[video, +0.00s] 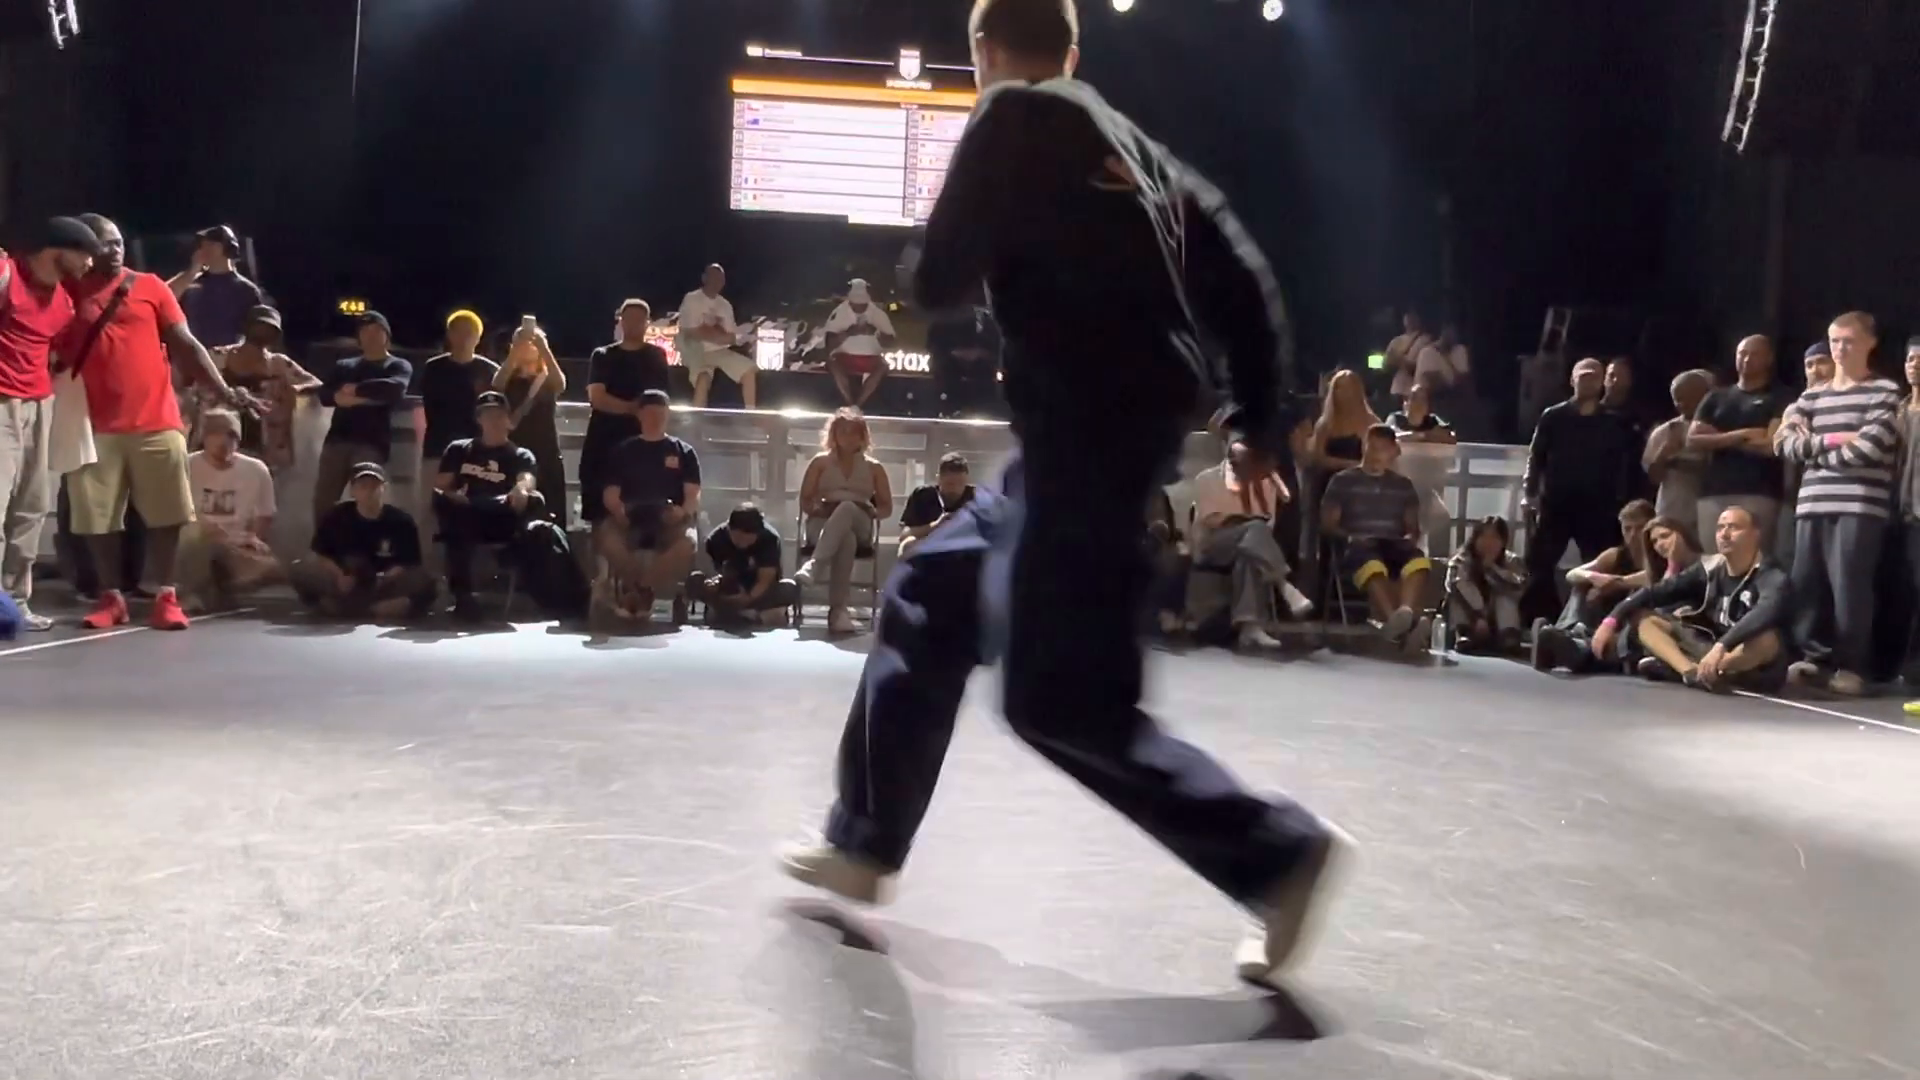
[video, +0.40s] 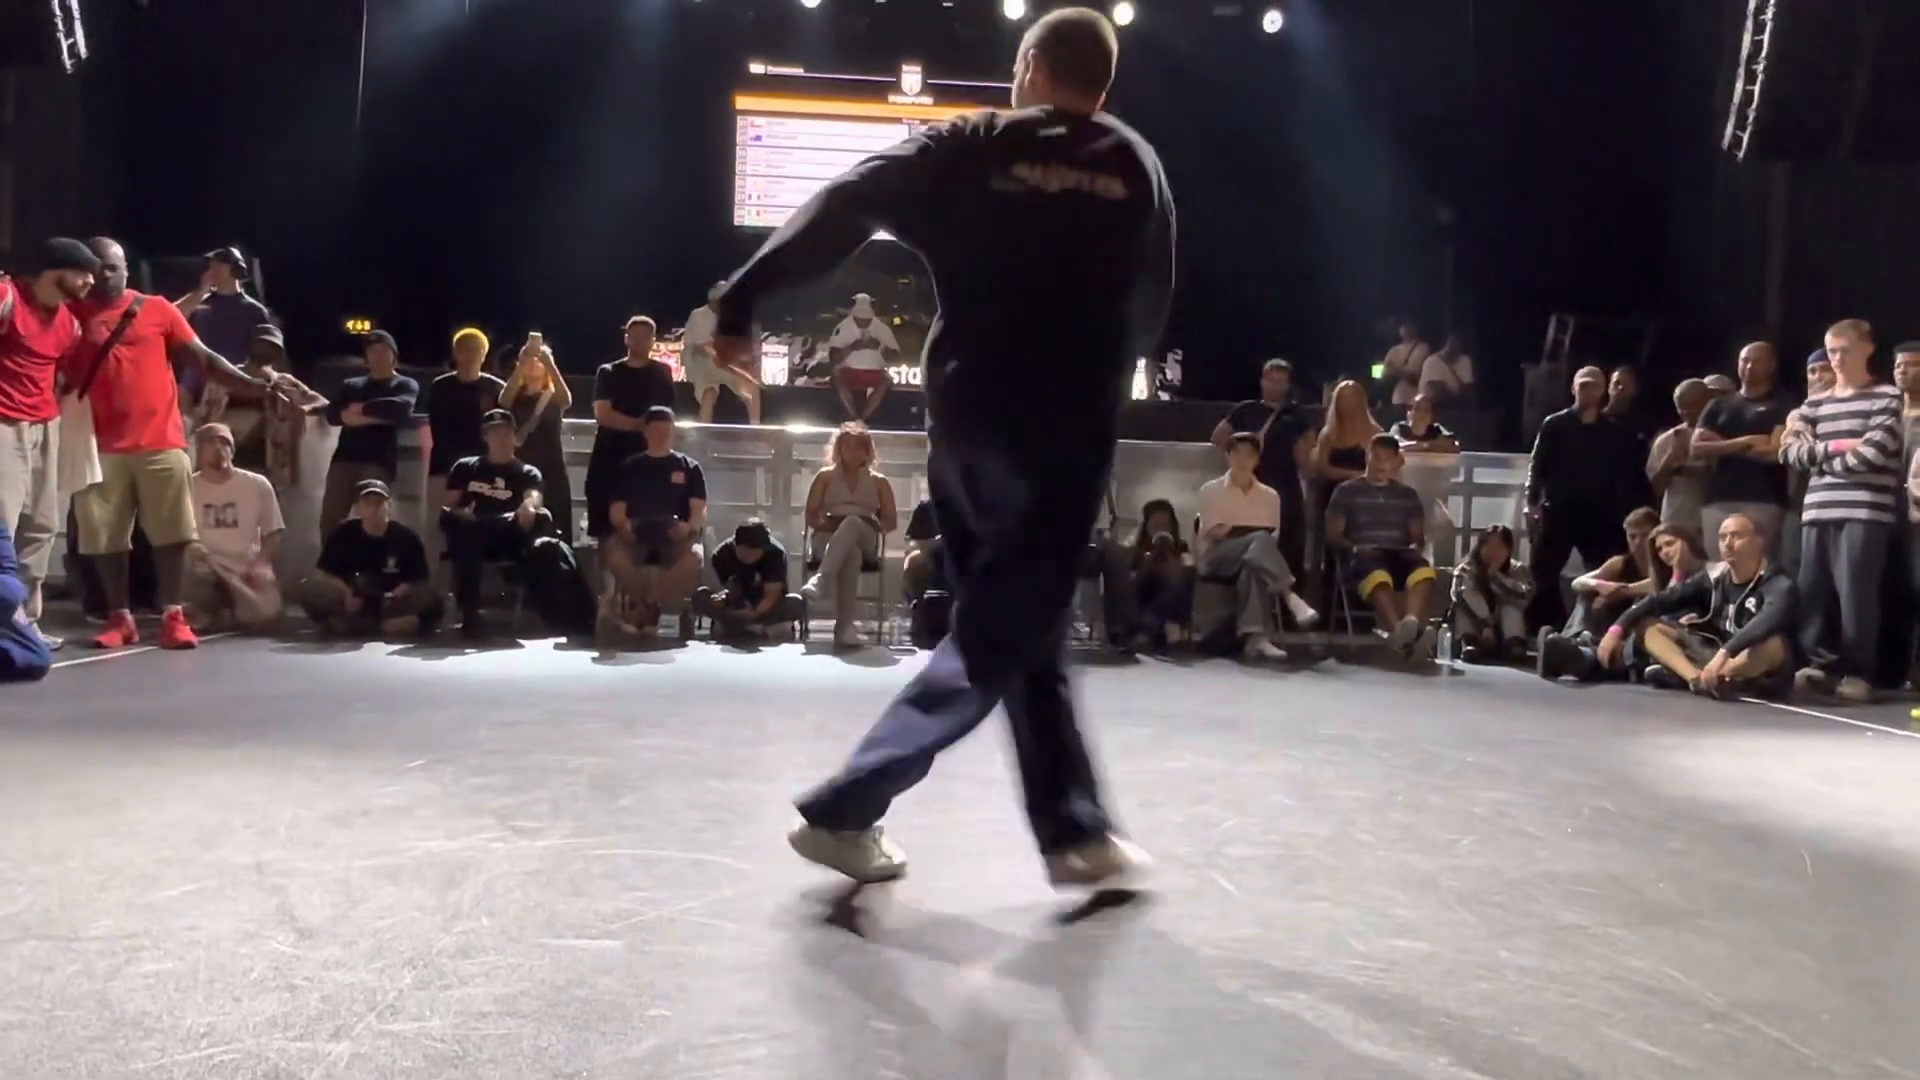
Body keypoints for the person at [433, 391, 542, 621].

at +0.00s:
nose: (494, 420)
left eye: (498, 414)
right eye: (488, 414)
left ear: (508, 419)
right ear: (478, 419)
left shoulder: (522, 456)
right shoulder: (459, 449)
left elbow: (526, 479)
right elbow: (439, 489)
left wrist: (520, 490)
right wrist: (458, 497)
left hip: (504, 512)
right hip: (468, 512)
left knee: (534, 501)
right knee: (454, 520)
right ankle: (463, 597)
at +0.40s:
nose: (500, 438)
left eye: (505, 432)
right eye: (494, 433)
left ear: (514, 437)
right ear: (485, 437)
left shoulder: (528, 473)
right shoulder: (466, 467)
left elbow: (533, 496)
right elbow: (448, 507)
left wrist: (528, 506)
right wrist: (461, 513)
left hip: (511, 531)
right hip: (475, 531)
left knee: (541, 518)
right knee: (461, 530)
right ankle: (470, 613)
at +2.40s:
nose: (525, 426)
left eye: (529, 421)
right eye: (519, 421)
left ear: (537, 427)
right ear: (508, 425)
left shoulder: (551, 462)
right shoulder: (488, 455)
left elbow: (555, 489)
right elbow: (469, 496)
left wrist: (549, 497)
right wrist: (485, 503)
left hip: (533, 517)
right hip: (498, 516)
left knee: (561, 508)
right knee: (483, 524)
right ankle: (491, 602)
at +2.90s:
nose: (530, 423)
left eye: (534, 417)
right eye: (524, 417)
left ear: (543, 423)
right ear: (514, 421)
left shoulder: (556, 457)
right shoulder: (493, 451)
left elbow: (561, 483)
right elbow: (475, 491)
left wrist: (555, 493)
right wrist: (490, 498)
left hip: (538, 515)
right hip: (502, 514)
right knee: (490, 518)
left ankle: (575, 601)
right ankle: (497, 598)